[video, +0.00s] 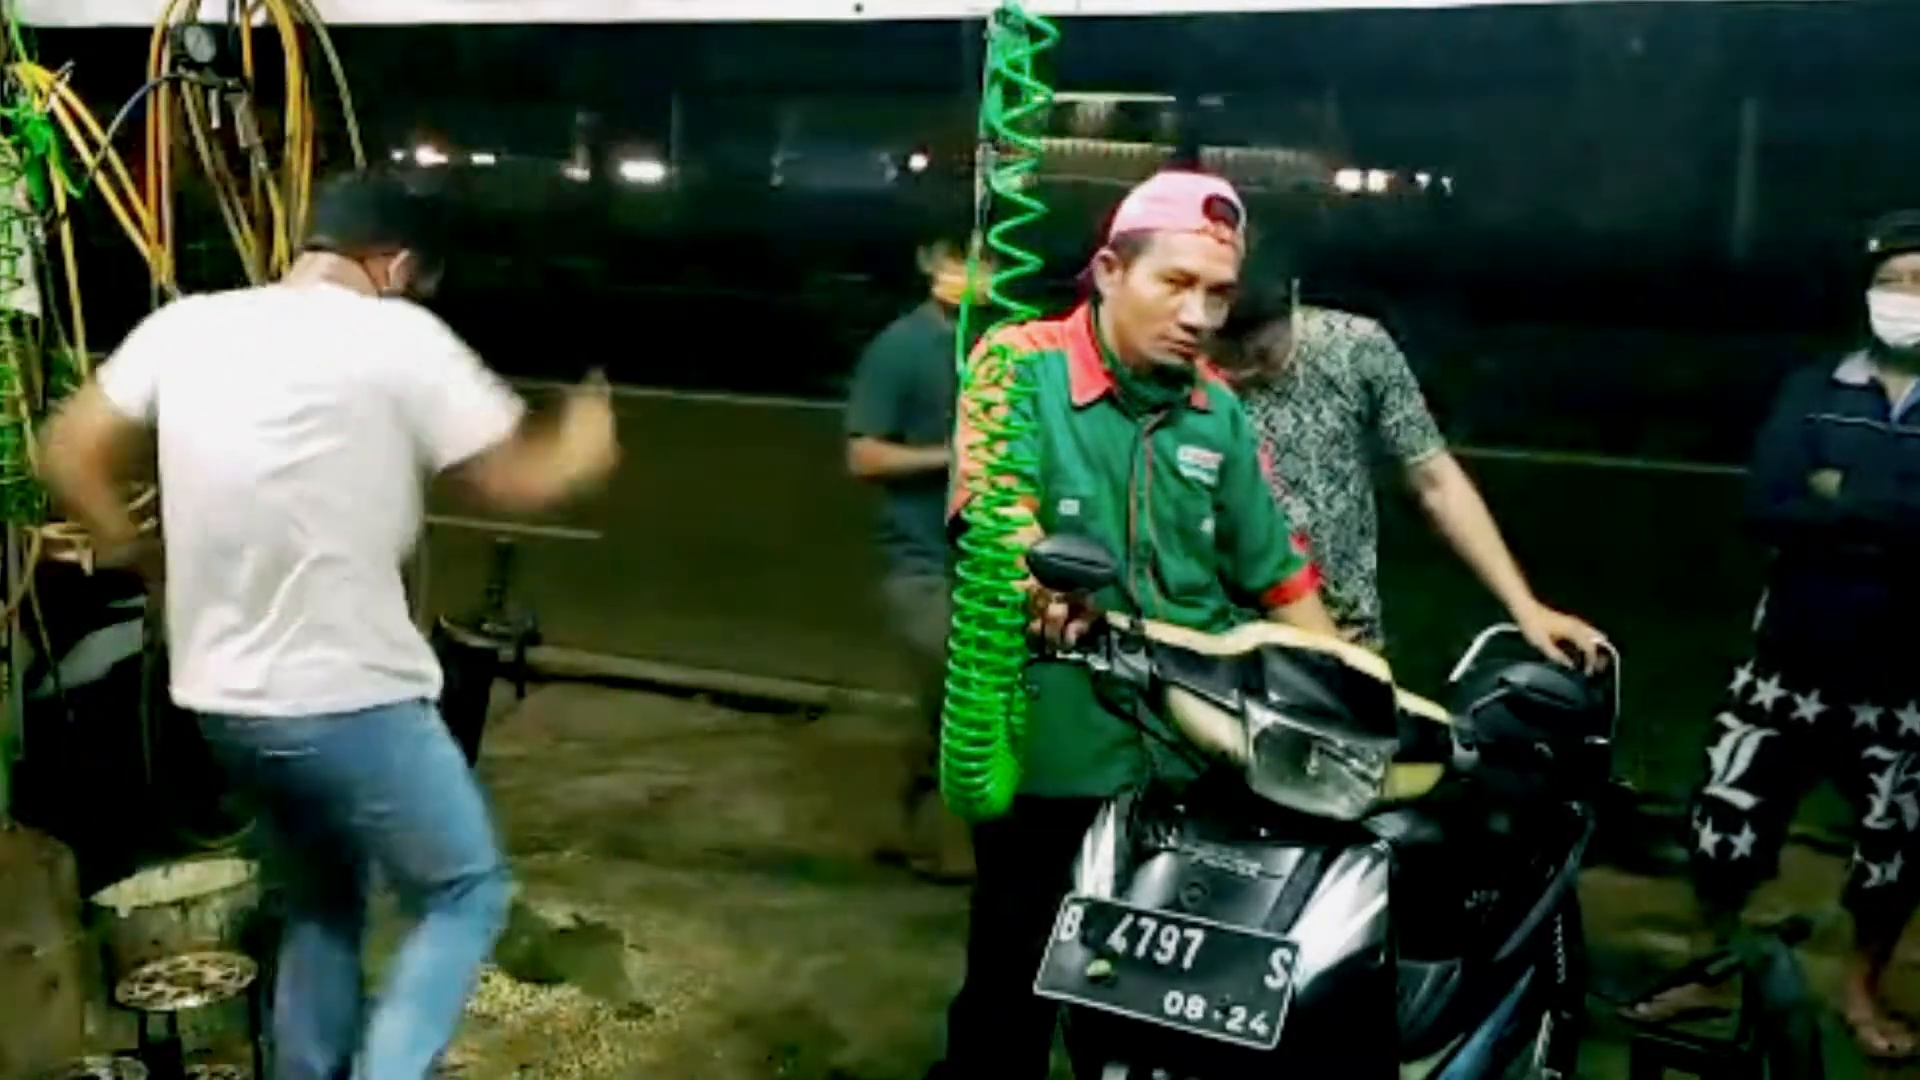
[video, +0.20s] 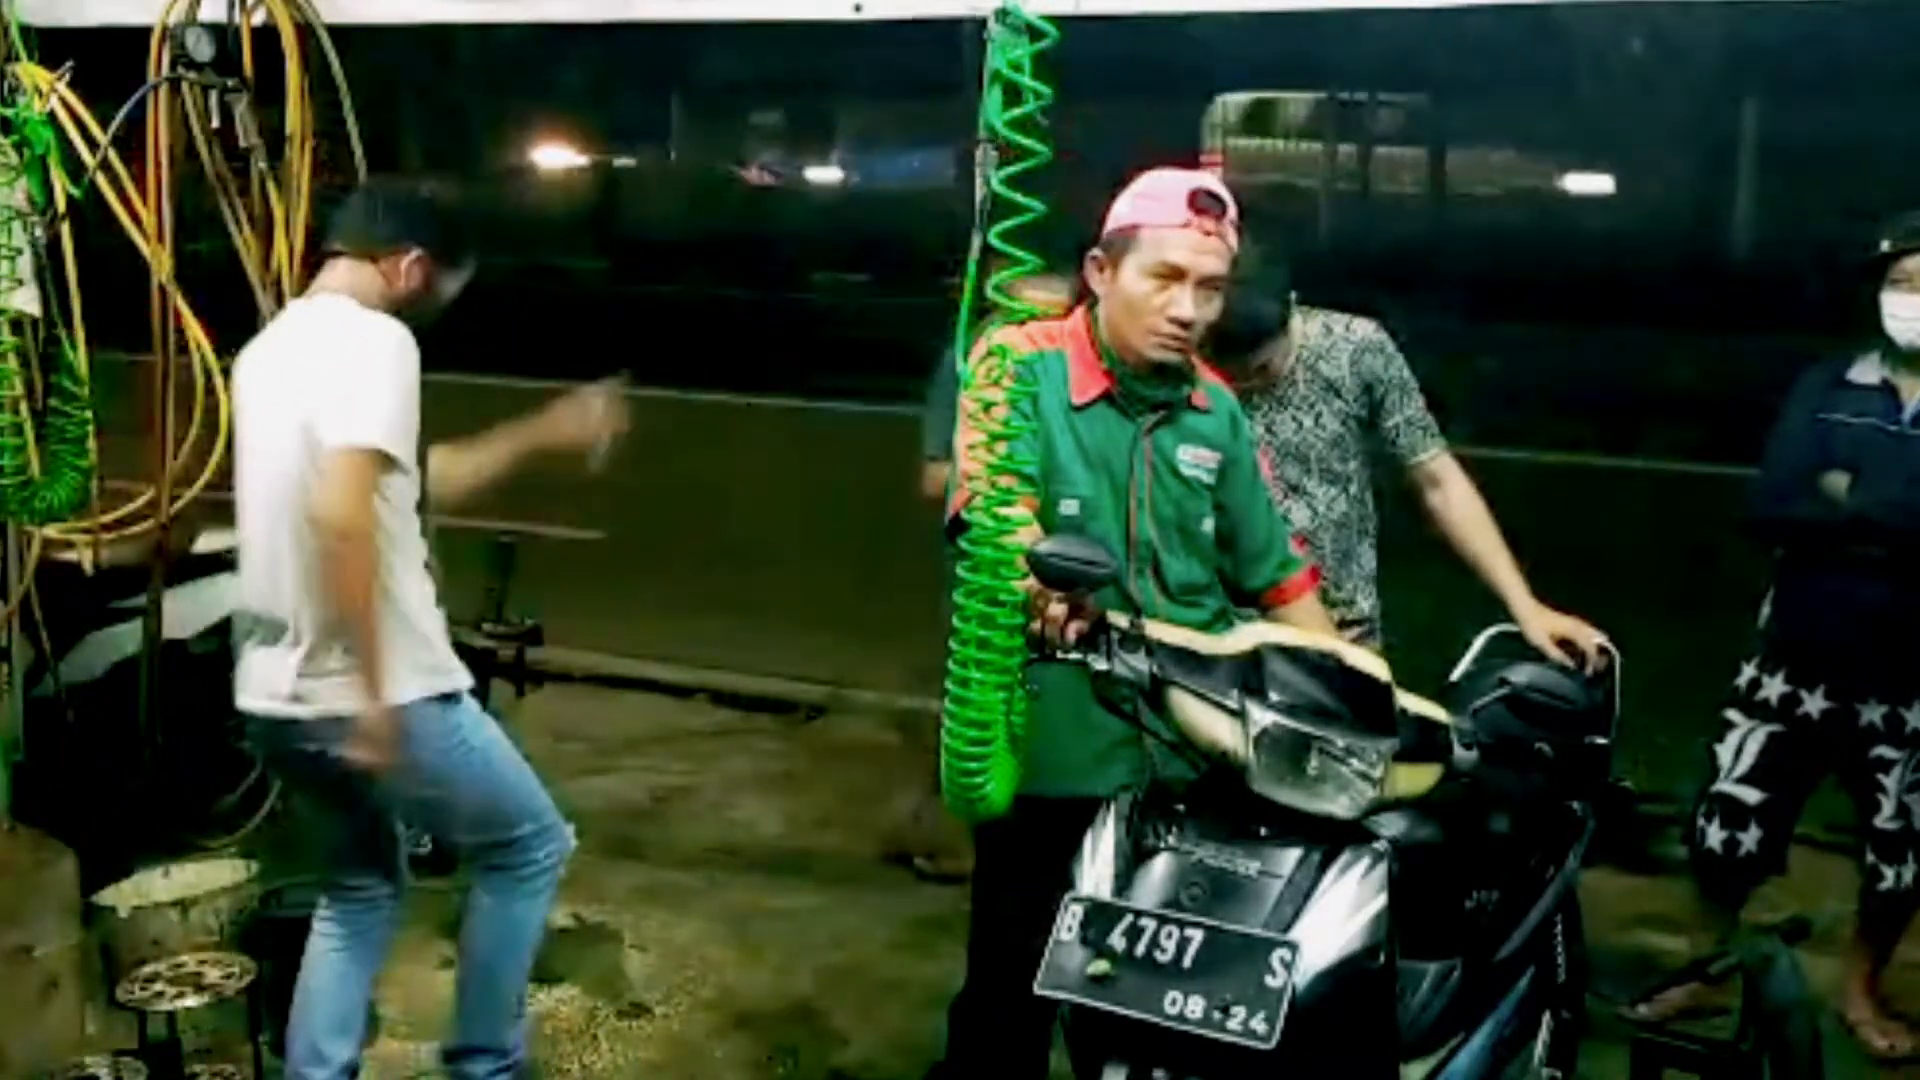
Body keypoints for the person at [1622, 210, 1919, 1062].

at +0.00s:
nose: (1904, 302)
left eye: (1917, 287)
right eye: (1891, 285)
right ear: (1865, 297)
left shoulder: (1919, 412)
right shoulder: (1814, 392)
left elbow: (1908, 515)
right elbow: (1765, 503)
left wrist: (1831, 484)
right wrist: (1880, 512)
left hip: (1899, 669)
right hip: (1795, 657)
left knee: (1896, 850)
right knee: (1722, 824)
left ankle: (1863, 989)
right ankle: (1709, 968)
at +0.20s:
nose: (1910, 302)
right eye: (1900, 284)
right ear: (1876, 296)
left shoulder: (1919, 411)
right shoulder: (1830, 391)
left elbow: (1908, 518)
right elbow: (1770, 500)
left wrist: (1838, 486)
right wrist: (1877, 510)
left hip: (1902, 668)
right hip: (1799, 655)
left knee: (1901, 854)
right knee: (1725, 823)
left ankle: (1861, 989)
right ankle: (1708, 967)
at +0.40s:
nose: (1916, 303)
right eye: (1906, 287)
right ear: (1882, 299)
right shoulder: (1831, 391)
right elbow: (1783, 498)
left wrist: (1844, 483)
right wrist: (1895, 511)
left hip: (1904, 668)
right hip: (1799, 654)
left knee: (1898, 857)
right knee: (1721, 825)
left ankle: (1863, 989)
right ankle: (1704, 936)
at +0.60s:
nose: (1916, 305)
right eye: (1905, 289)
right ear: (1879, 301)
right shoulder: (1828, 391)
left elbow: (1916, 513)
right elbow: (1781, 496)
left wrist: (1844, 479)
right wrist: (1896, 502)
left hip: (1904, 664)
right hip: (1800, 651)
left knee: (1896, 849)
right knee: (1743, 823)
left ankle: (1863, 988)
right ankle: (1722, 939)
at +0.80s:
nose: (1909, 301)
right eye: (1899, 285)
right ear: (1874, 298)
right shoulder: (1821, 386)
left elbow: (1910, 509)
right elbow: (1771, 483)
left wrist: (1834, 473)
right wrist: (1887, 503)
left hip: (1899, 660)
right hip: (1792, 646)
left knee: (1889, 848)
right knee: (1743, 813)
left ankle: (1859, 985)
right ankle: (1715, 942)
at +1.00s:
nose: (1903, 301)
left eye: (1918, 287)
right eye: (1892, 285)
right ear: (1866, 298)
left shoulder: (1919, 413)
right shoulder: (1814, 387)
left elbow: (1907, 507)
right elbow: (1765, 485)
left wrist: (1828, 472)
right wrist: (1876, 509)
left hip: (1893, 659)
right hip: (1786, 644)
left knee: (1885, 843)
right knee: (1733, 816)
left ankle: (1858, 979)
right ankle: (1722, 939)